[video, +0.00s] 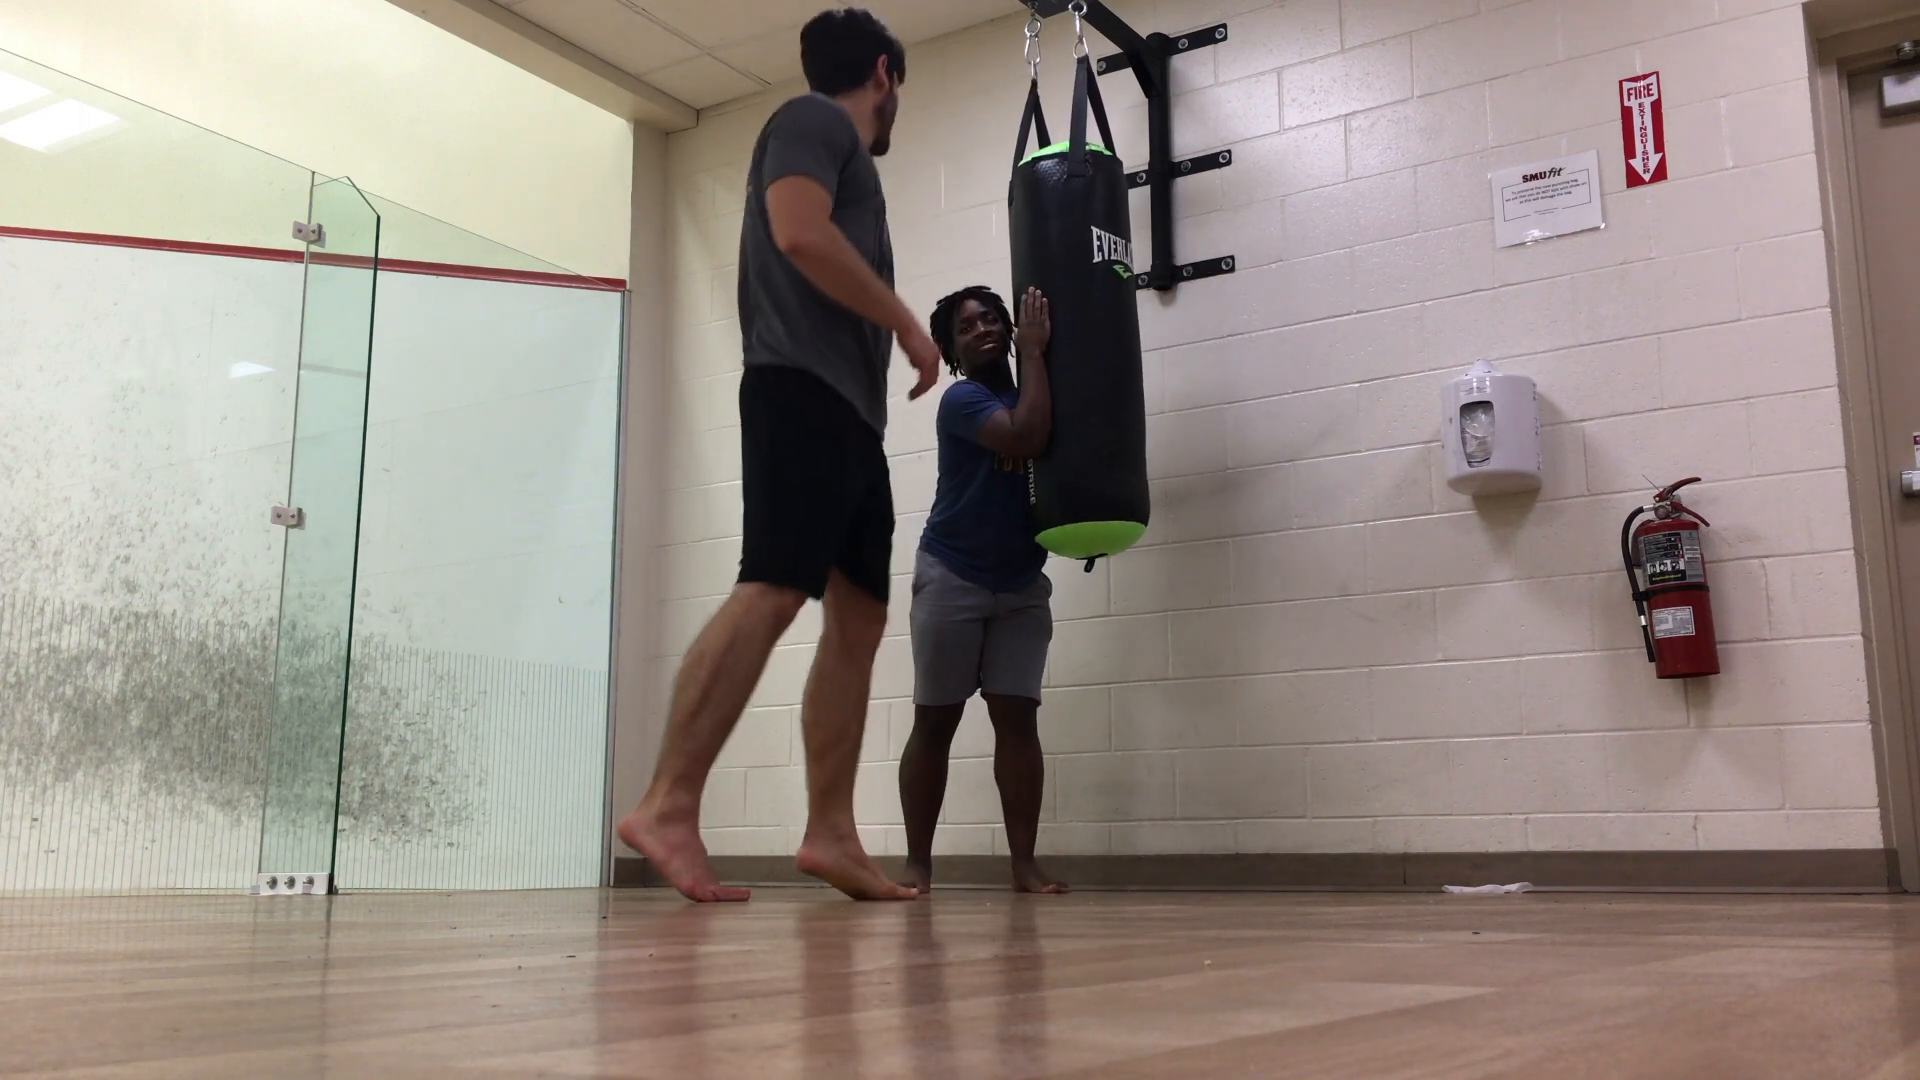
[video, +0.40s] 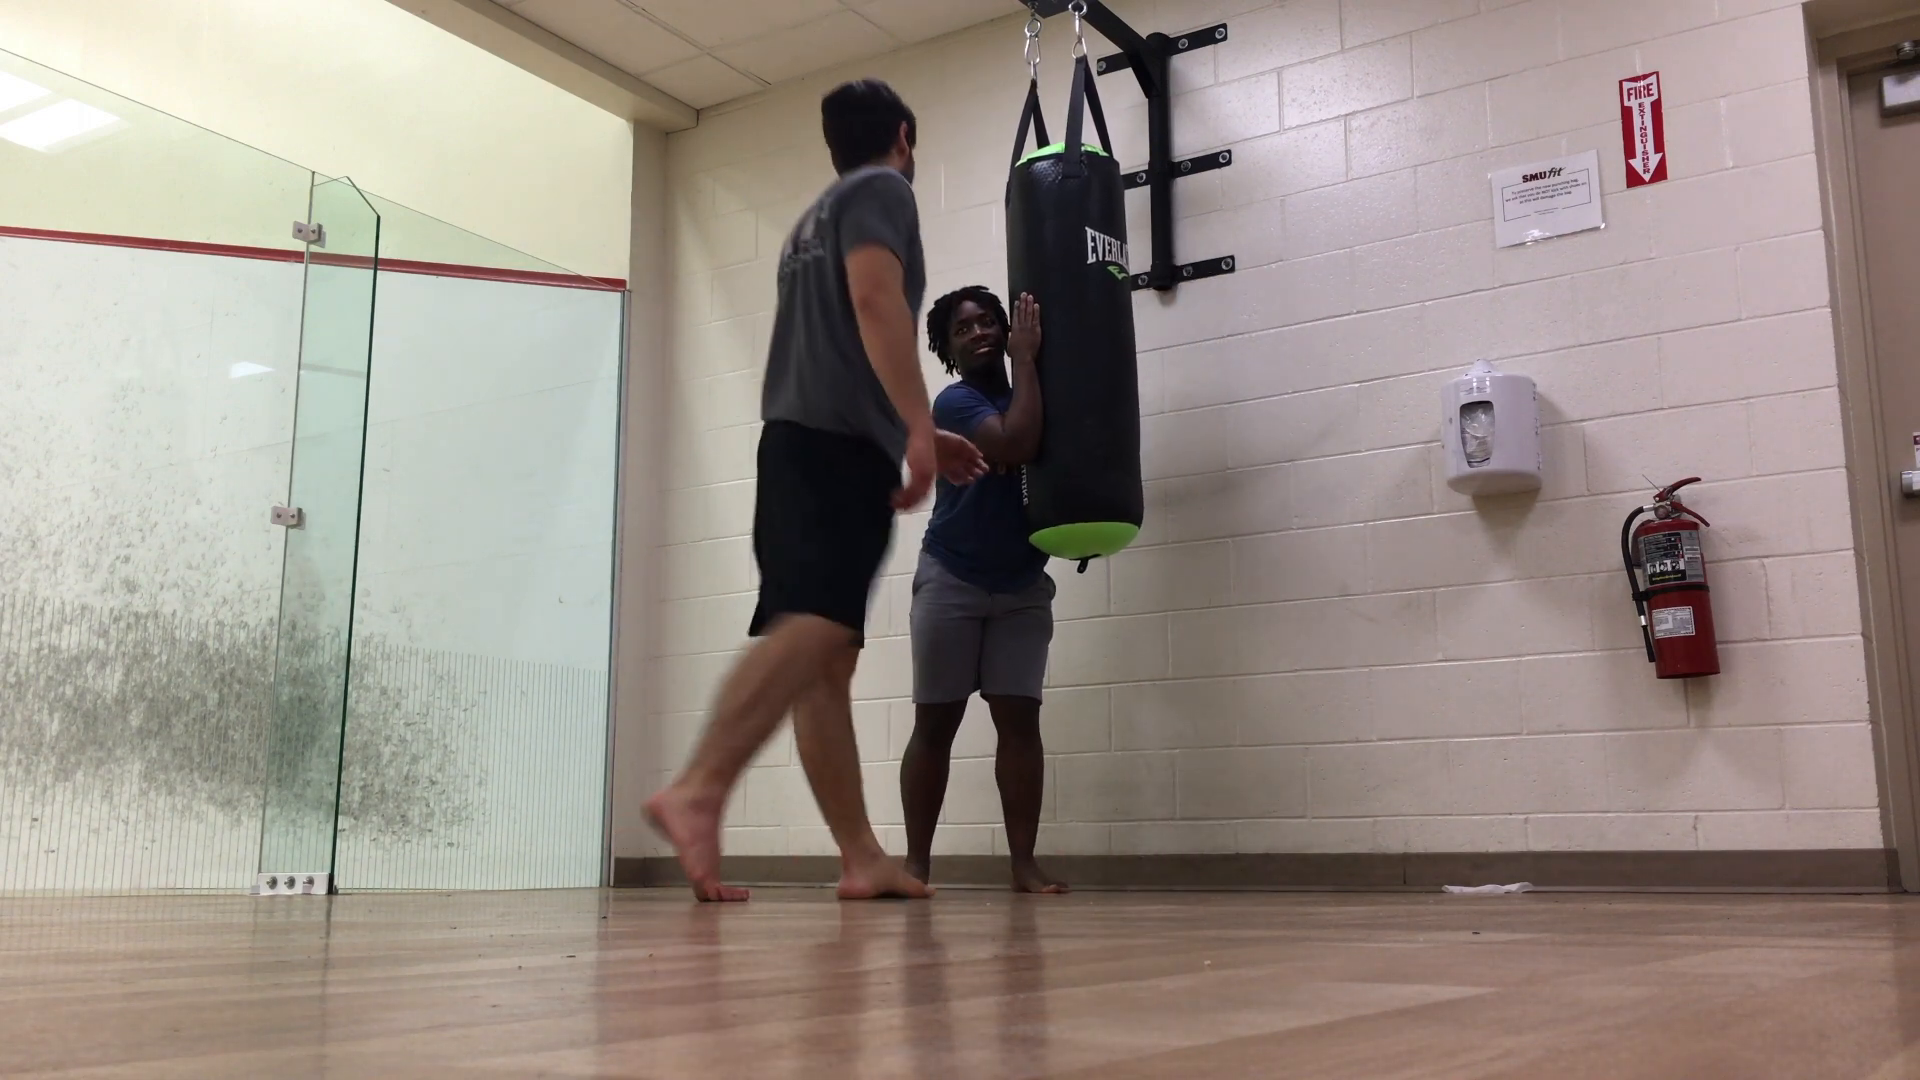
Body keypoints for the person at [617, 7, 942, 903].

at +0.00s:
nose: (896, 105)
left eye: (897, 90)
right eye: (897, 87)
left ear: (836, 73)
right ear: (880, 73)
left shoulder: (841, 161)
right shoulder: (812, 119)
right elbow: (798, 229)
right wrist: (902, 319)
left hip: (843, 406)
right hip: (795, 391)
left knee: (859, 611)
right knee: (774, 589)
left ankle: (831, 832)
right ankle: (665, 813)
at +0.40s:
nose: (911, 159)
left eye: (908, 148)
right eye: (913, 146)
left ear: (838, 146)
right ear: (903, 140)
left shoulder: (811, 220)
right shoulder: (879, 186)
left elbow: (831, 359)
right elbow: (874, 296)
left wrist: (926, 437)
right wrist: (919, 425)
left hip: (801, 441)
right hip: (836, 438)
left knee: (822, 649)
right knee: (818, 625)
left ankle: (862, 857)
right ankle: (693, 796)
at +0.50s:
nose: (923, 174)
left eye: (917, 164)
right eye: (922, 163)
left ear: (846, 168)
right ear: (911, 158)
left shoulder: (817, 237)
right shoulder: (897, 203)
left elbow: (817, 356)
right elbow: (893, 316)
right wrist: (930, 445)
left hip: (802, 450)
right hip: (863, 448)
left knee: (830, 653)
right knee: (903, 644)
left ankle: (863, 857)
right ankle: (756, 775)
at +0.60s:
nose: (935, 180)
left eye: (933, 169)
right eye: (934, 169)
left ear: (857, 175)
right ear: (924, 164)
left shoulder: (818, 249)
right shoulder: (915, 211)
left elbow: (797, 353)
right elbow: (909, 316)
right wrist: (949, 445)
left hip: (812, 463)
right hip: (888, 460)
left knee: (837, 651)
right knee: (945, 649)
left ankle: (860, 861)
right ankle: (840, 776)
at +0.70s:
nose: (950, 192)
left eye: (947, 181)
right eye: (949, 181)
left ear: (871, 182)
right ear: (940, 176)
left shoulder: (824, 259)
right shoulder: (930, 219)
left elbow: (798, 388)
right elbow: (926, 319)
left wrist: (855, 441)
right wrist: (971, 444)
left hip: (832, 472)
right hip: (917, 465)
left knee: (845, 659)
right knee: (960, 648)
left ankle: (862, 860)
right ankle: (926, 832)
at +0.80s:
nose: (962, 205)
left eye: (960, 195)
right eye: (963, 195)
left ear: (885, 192)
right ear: (953, 188)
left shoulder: (830, 264)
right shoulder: (948, 229)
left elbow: (806, 395)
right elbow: (954, 338)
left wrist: (872, 443)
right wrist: (994, 461)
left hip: (848, 479)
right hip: (937, 472)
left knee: (857, 665)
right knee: (968, 661)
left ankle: (865, 859)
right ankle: (984, 862)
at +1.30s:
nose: (975, 217)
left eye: (973, 208)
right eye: (976, 207)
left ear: (900, 206)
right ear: (963, 201)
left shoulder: (842, 279)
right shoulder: (970, 242)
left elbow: (838, 406)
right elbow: (1003, 344)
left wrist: (866, 466)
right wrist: (1033, 440)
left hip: (860, 479)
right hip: (946, 475)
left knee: (880, 661)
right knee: (970, 663)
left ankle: (872, 859)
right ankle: (993, 857)